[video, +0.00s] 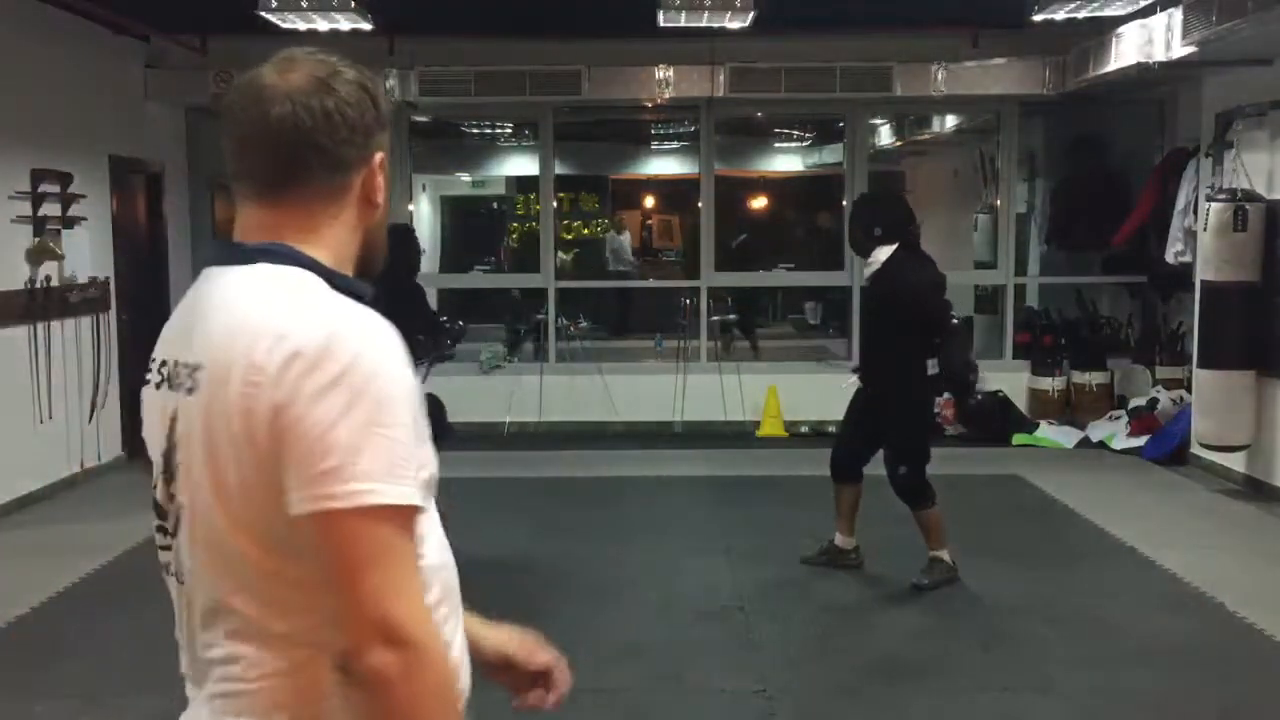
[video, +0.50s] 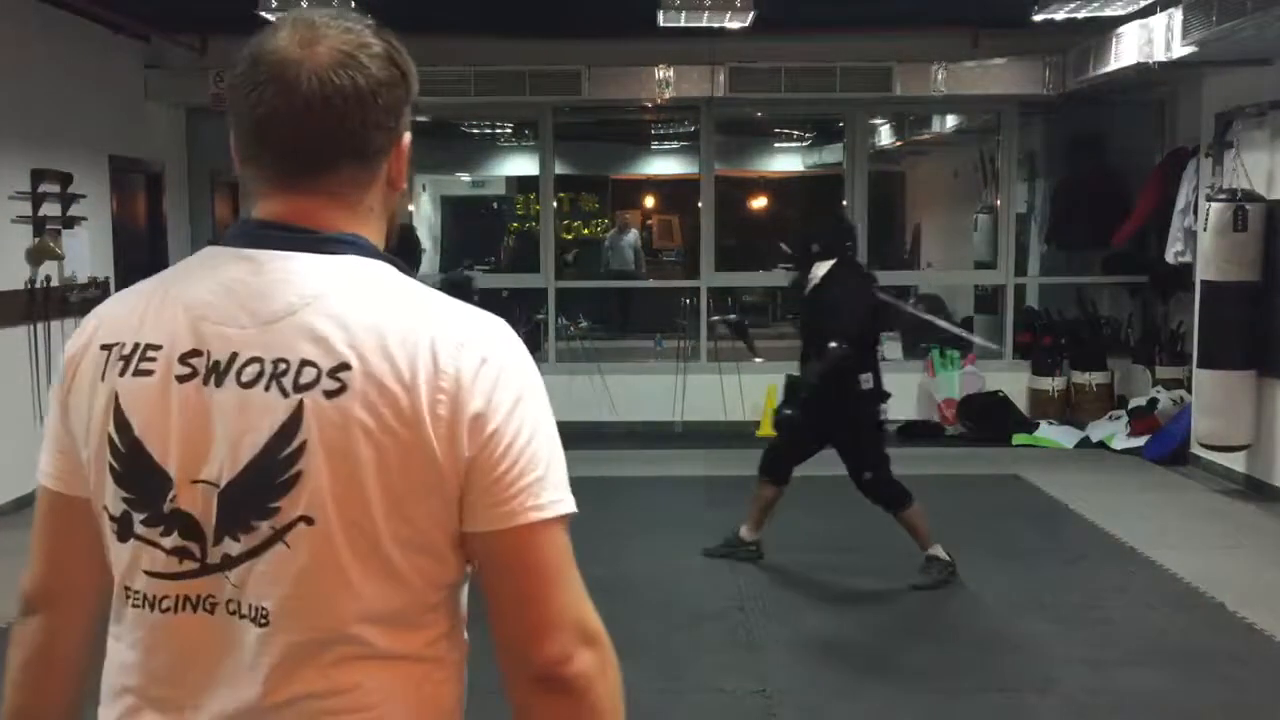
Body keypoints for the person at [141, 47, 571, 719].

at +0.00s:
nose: (396, 199)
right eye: (396, 177)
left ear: (242, 174)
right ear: (375, 182)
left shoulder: (193, 320)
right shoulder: (338, 341)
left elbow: (282, 553)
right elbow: (385, 649)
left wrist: (473, 635)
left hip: (218, 699)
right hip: (323, 707)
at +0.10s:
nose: (411, 193)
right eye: (409, 170)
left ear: (246, 165)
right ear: (392, 171)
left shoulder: (172, 329)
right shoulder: (388, 341)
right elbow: (452, 652)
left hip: (198, 695)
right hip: (336, 701)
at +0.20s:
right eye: (421, 157)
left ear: (253, 161)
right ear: (408, 165)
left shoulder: (159, 331)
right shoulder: (430, 345)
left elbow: (138, 578)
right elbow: (506, 664)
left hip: (180, 704)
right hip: (364, 705)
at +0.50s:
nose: (412, 173)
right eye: (414, 153)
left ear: (241, 157)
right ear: (398, 162)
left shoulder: (108, 334)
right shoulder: (466, 352)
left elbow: (51, 612)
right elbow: (557, 661)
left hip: (148, 702)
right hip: (371, 702)